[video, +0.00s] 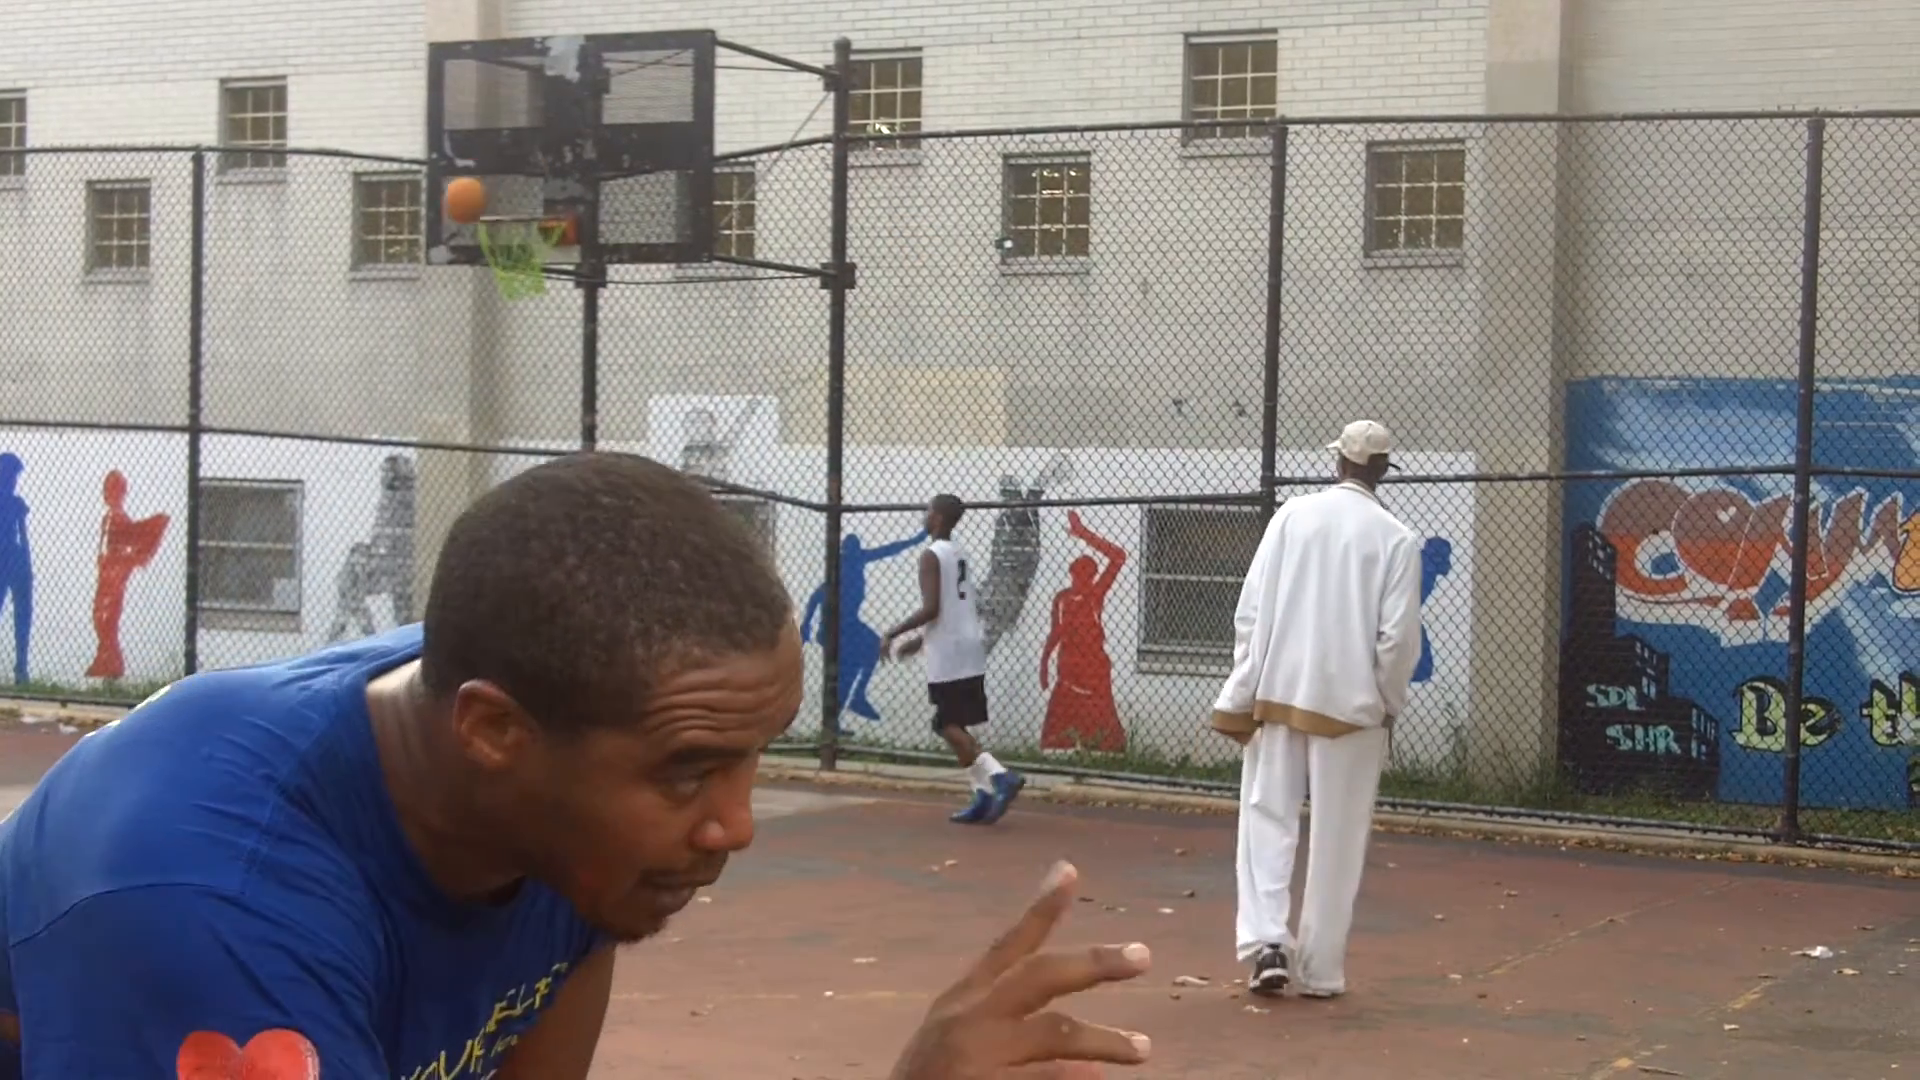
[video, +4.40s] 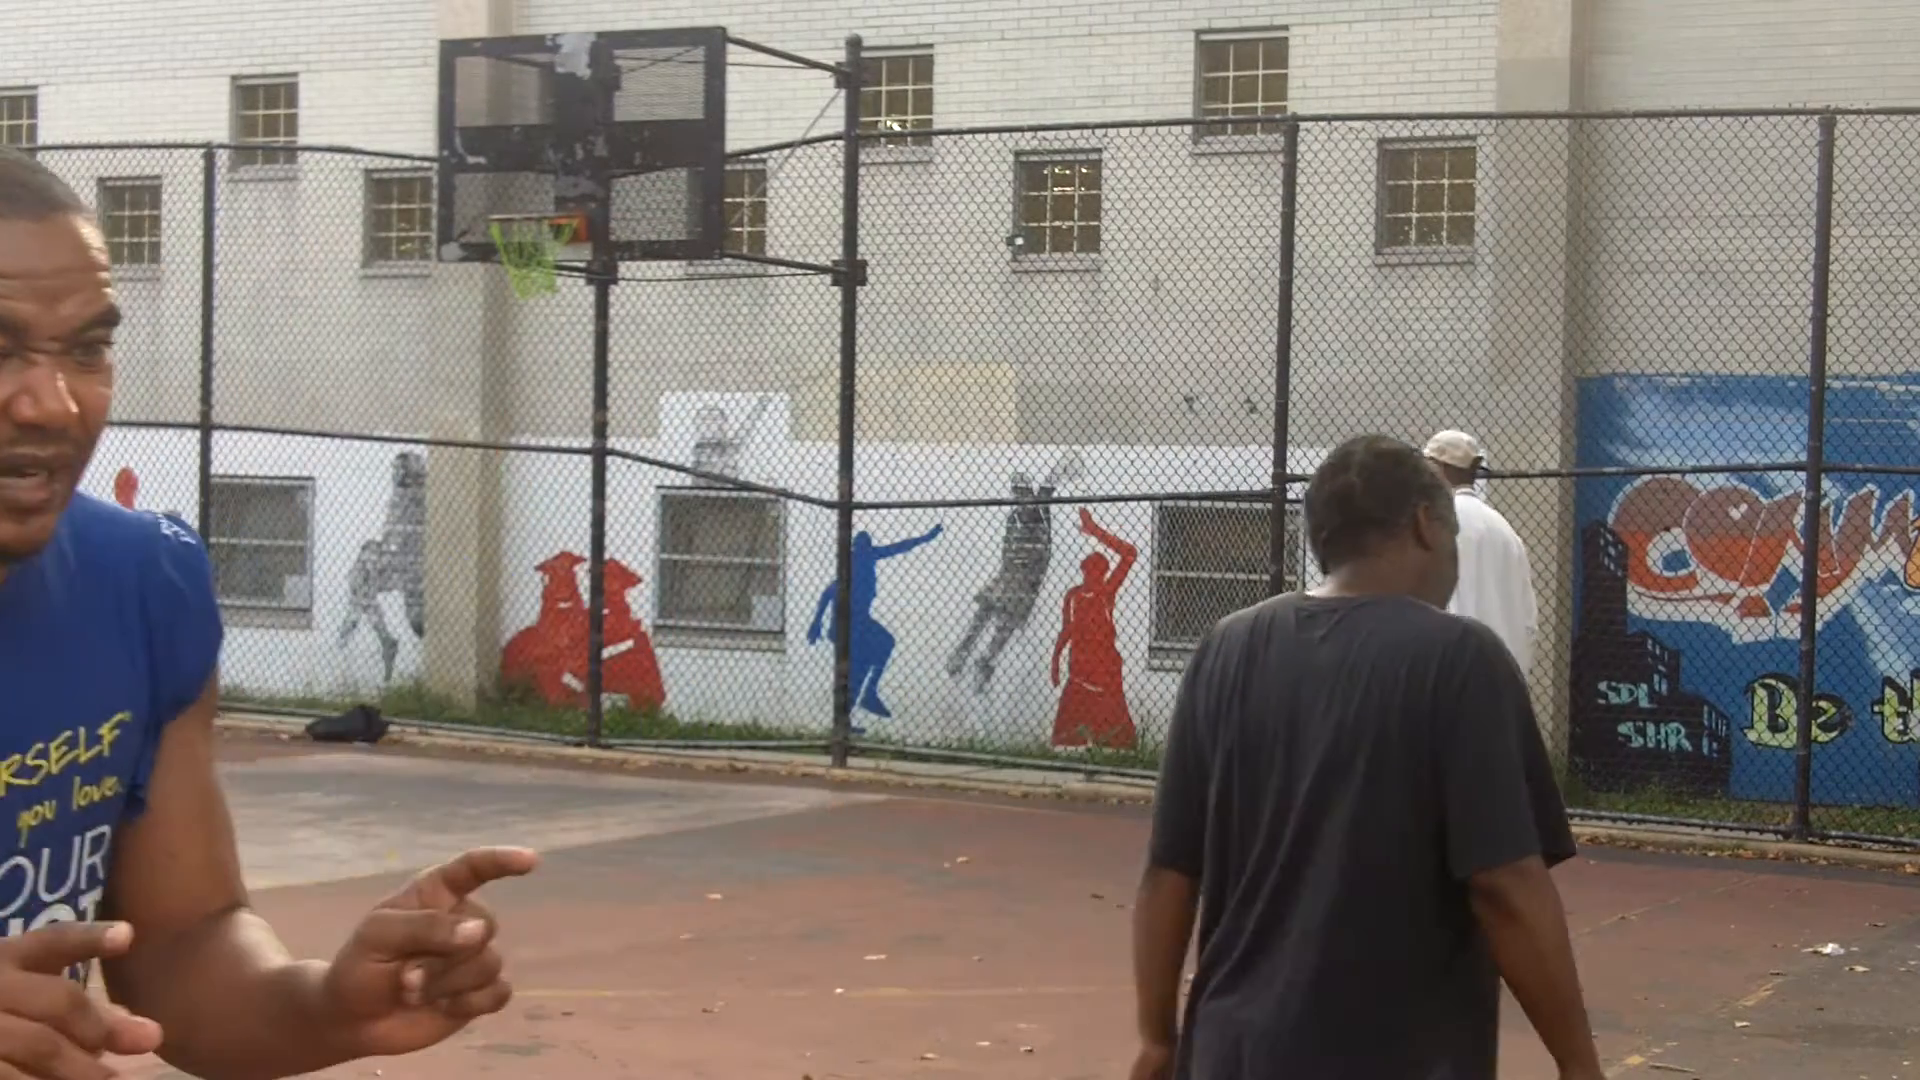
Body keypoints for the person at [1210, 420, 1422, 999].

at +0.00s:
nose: (1360, 471)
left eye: (1346, 461)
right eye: (1375, 466)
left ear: (1336, 463)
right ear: (1383, 470)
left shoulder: (1290, 517)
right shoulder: (1395, 538)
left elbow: (1250, 613)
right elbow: (1396, 637)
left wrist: (1243, 690)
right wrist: (1390, 705)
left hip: (1277, 692)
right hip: (1350, 701)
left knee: (1266, 818)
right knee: (1339, 833)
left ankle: (1265, 942)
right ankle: (1321, 972)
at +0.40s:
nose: (1388, 474)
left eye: (1371, 463)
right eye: (1396, 468)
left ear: (1354, 466)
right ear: (1400, 472)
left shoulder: (1307, 519)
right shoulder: (1404, 538)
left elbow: (1269, 617)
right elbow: (1403, 634)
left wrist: (1274, 688)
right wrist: (1407, 702)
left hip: (1298, 696)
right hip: (1364, 703)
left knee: (1308, 826)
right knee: (1345, 832)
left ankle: (1326, 940)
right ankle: (1321, 967)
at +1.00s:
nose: (1399, 477)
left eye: (1380, 470)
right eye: (1404, 470)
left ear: (1364, 476)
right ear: (1408, 474)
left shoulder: (1333, 532)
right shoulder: (1434, 530)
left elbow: (1312, 629)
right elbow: (1447, 623)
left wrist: (1316, 703)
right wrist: (1461, 692)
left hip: (1349, 695)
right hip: (1417, 694)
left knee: (1354, 822)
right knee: (1424, 826)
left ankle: (1358, 950)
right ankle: (1382, 930)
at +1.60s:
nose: (1482, 482)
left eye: (1465, 470)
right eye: (1493, 476)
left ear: (1451, 472)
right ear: (1497, 479)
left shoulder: (1405, 520)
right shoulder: (1509, 542)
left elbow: (1367, 612)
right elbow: (1512, 634)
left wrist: (1361, 685)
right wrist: (1501, 698)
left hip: (1392, 688)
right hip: (1466, 696)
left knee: (1373, 818)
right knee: (1461, 827)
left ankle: (1365, 938)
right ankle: (1460, 960)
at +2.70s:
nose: (1406, 476)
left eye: (1411, 468)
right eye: (1408, 467)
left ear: (1430, 470)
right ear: (1456, 472)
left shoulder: (1410, 524)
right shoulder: (1498, 533)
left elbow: (1396, 618)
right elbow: (1522, 623)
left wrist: (1380, 693)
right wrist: (1504, 692)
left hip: (1422, 697)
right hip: (1483, 699)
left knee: (1417, 825)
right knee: (1477, 822)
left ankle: (1431, 956)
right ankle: (1474, 956)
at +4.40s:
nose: (1423, 476)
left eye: (1427, 467)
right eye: (1424, 467)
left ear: (1437, 469)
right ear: (1473, 473)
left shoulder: (1427, 522)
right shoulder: (1504, 529)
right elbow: (1527, 617)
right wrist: (1514, 676)